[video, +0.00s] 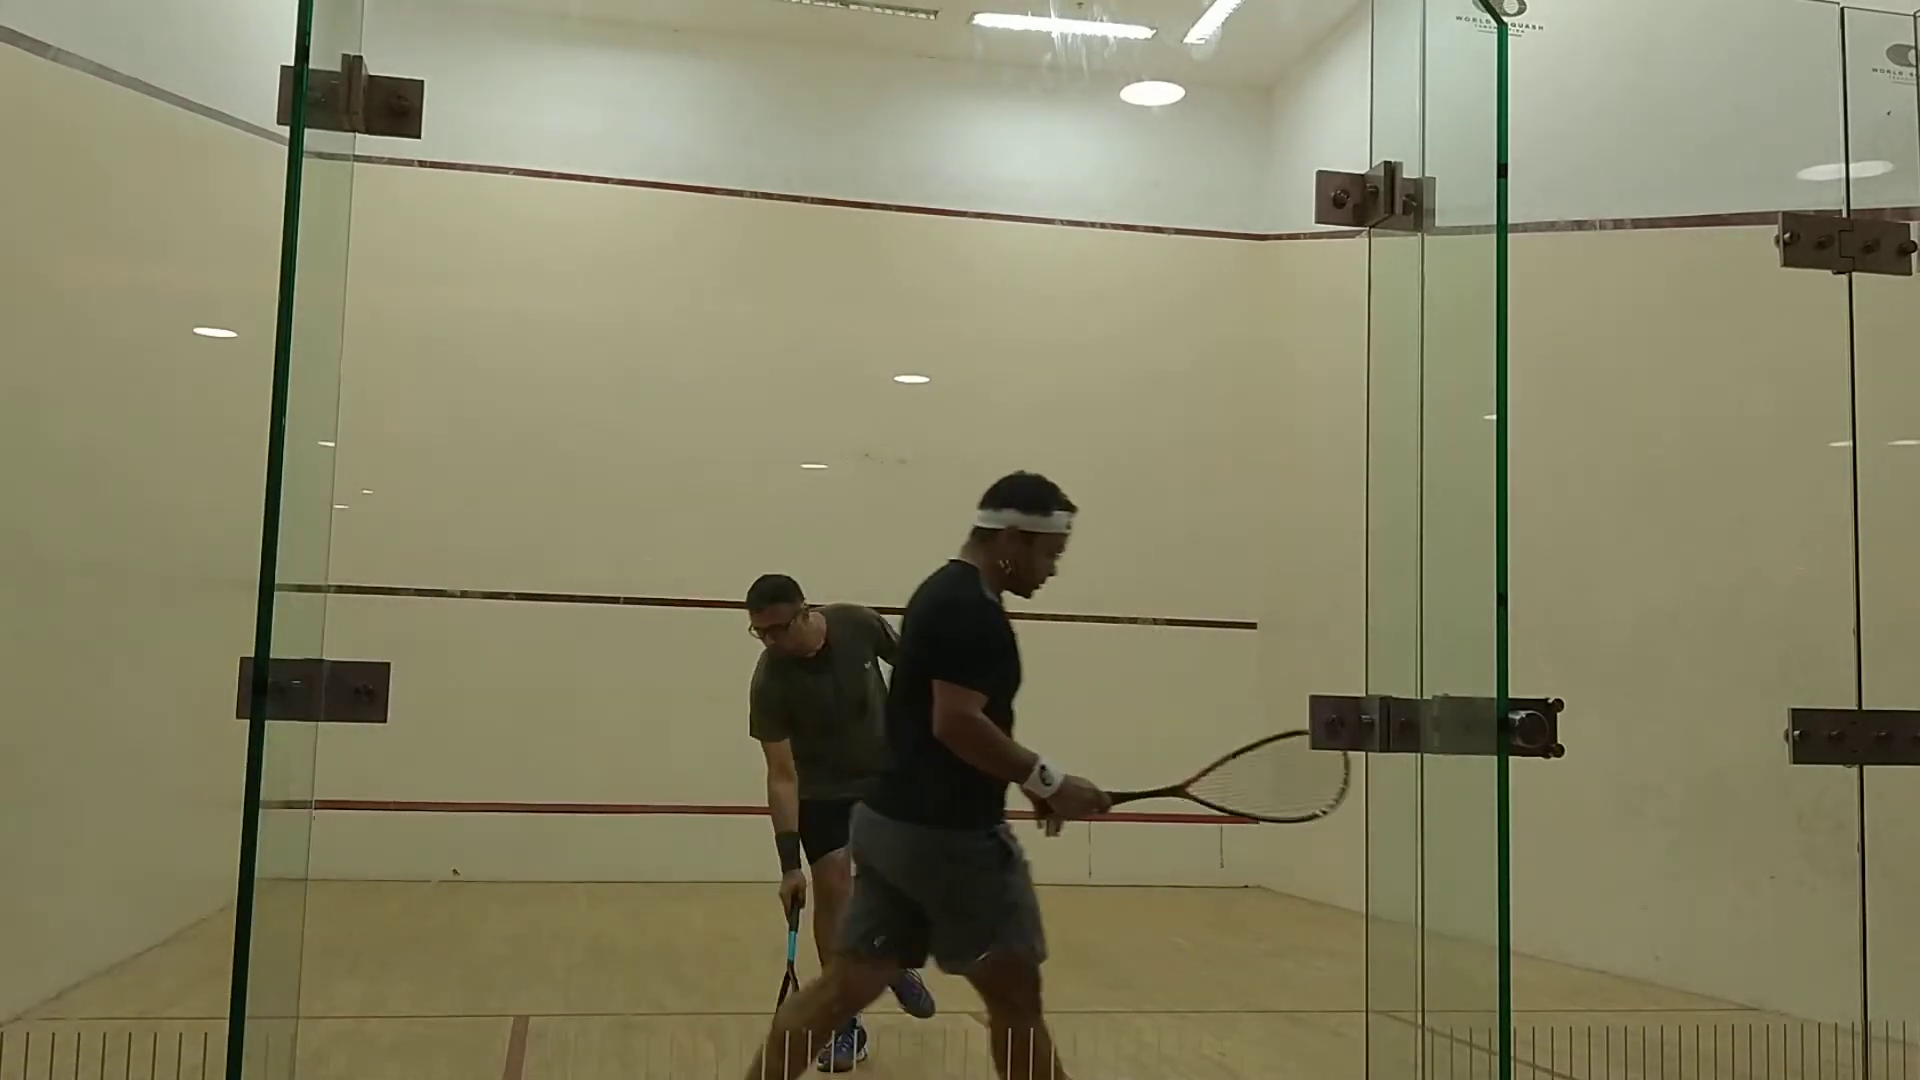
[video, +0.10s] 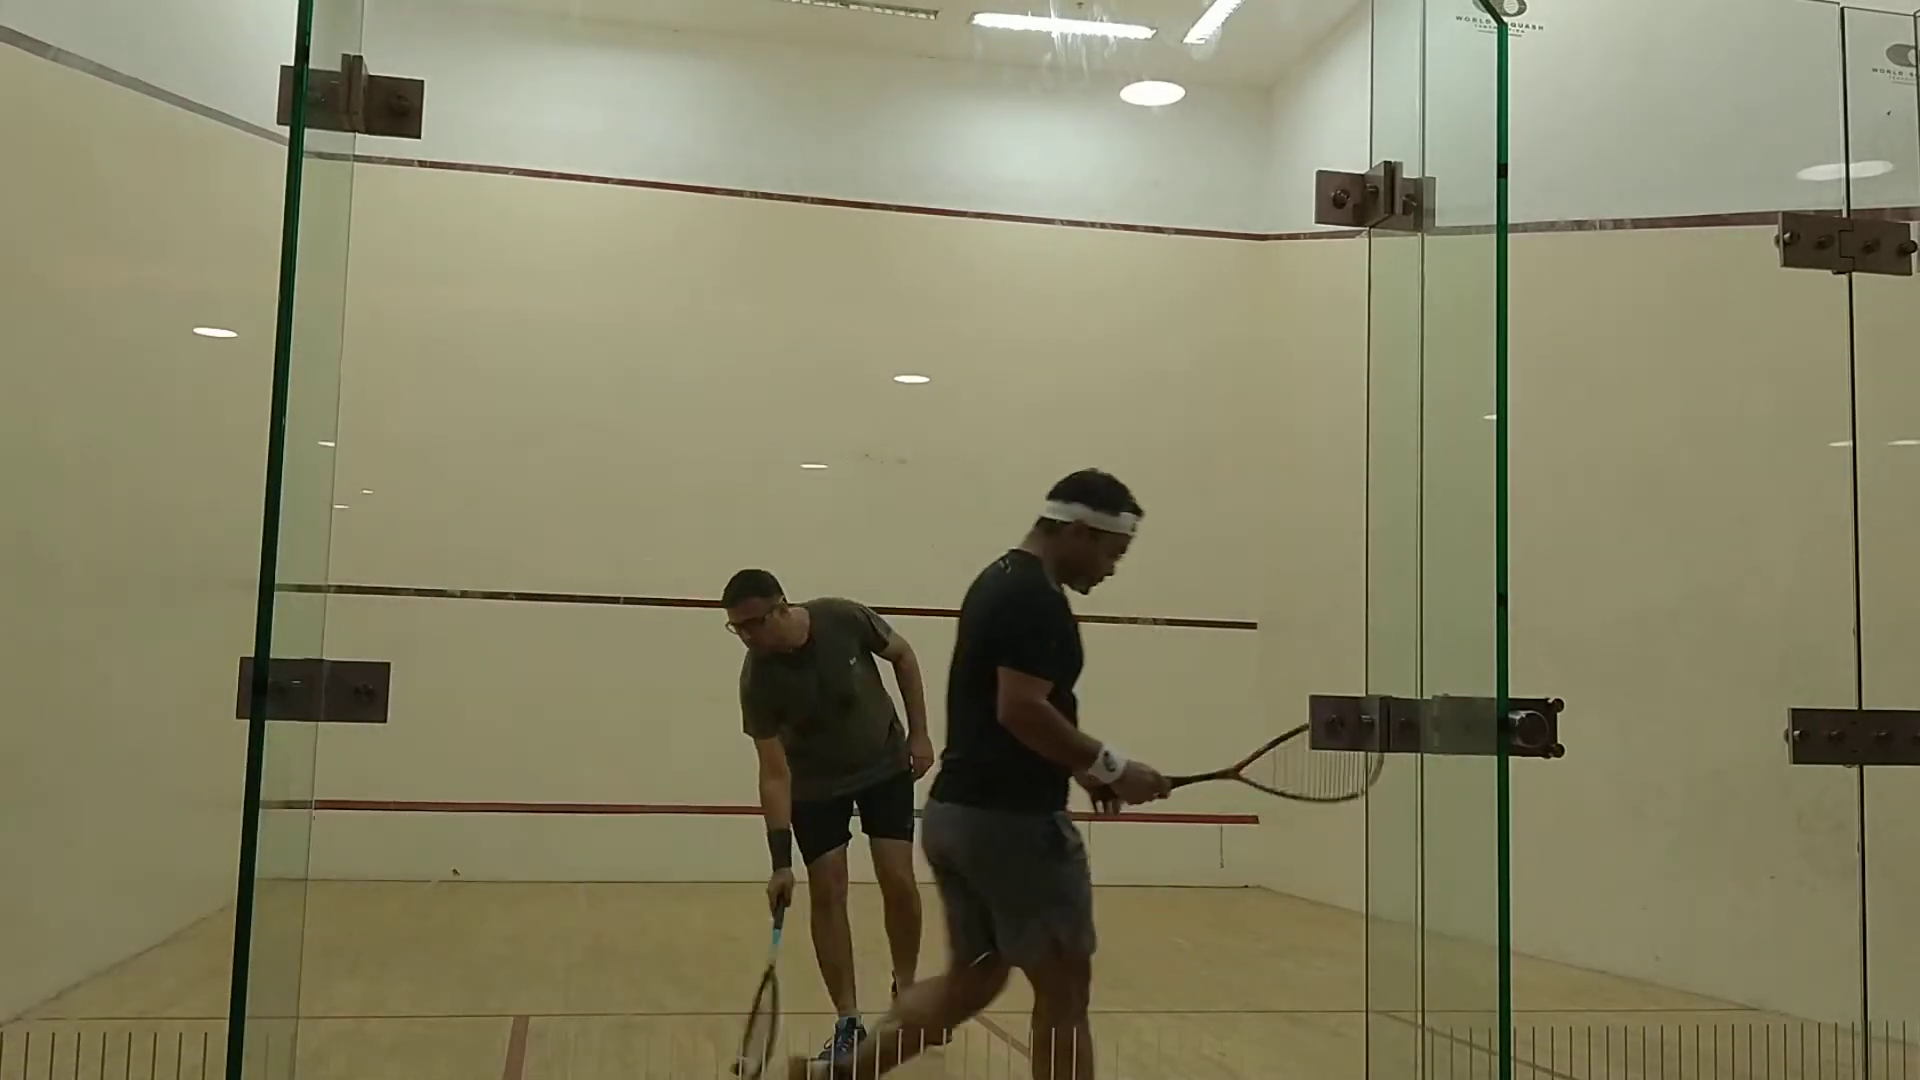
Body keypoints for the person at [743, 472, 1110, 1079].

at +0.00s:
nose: (1055, 567)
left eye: (1059, 553)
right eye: (1051, 551)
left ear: (999, 539)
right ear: (1011, 542)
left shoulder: (943, 592)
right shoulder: (972, 609)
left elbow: (958, 715)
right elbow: (956, 720)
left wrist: (1033, 781)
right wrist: (1049, 779)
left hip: (890, 824)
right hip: (955, 837)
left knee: (851, 982)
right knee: (1016, 1001)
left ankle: (762, 1073)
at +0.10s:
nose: (1116, 564)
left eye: (1121, 551)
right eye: (1115, 547)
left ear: (1061, 530)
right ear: (1076, 531)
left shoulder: (998, 582)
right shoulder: (1038, 597)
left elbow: (1009, 710)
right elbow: (1022, 709)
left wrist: (1085, 769)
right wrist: (1112, 765)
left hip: (955, 819)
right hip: (1015, 827)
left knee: (976, 978)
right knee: (1064, 987)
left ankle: (840, 1067)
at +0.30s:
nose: (1211, 573)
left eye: (1219, 560)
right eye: (1214, 556)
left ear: (1168, 527)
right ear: (1186, 532)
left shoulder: (1096, 577)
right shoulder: (1145, 590)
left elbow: (1116, 703)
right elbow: (1153, 699)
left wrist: (1200, 718)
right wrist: (1220, 739)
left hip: (1086, 806)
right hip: (1121, 818)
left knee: (1170, 948)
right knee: (1106, 982)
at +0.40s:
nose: (1263, 575)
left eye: (1270, 562)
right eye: (1265, 558)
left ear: (1214, 536)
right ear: (1233, 538)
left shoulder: (1146, 590)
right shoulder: (1203, 599)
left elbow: (1159, 718)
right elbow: (1219, 714)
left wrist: (1244, 710)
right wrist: (1274, 744)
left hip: (1149, 814)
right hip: (1172, 825)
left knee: (1216, 981)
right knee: (1138, 991)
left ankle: (1252, 1077)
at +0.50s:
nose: (1319, 578)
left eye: (1323, 563)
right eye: (1317, 561)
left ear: (1264, 546)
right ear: (1282, 547)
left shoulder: (1200, 605)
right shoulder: (1257, 612)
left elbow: (1216, 716)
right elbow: (1273, 726)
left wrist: (1302, 710)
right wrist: (1332, 762)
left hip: (1217, 829)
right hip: (1236, 838)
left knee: (1283, 970)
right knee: (1200, 997)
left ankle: (1304, 1077)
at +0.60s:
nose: (1366, 576)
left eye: (1369, 560)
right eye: (1365, 557)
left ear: (1311, 545)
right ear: (1332, 547)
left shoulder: (1252, 608)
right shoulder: (1305, 616)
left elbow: (1273, 724)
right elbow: (1326, 731)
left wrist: (1373, 749)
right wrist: (1397, 772)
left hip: (1266, 830)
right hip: (1301, 839)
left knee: (1335, 995)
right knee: (1324, 1000)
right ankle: (1202, 1078)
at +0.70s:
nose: (1411, 574)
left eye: (1418, 558)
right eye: (1411, 555)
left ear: (1356, 537)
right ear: (1380, 543)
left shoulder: (1305, 599)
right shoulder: (1341, 608)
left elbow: (1334, 716)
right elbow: (1357, 721)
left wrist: (1452, 723)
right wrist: (1456, 725)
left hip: (1310, 821)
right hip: (1347, 826)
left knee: (1350, 977)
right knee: (1432, 976)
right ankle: (1323, 1073)